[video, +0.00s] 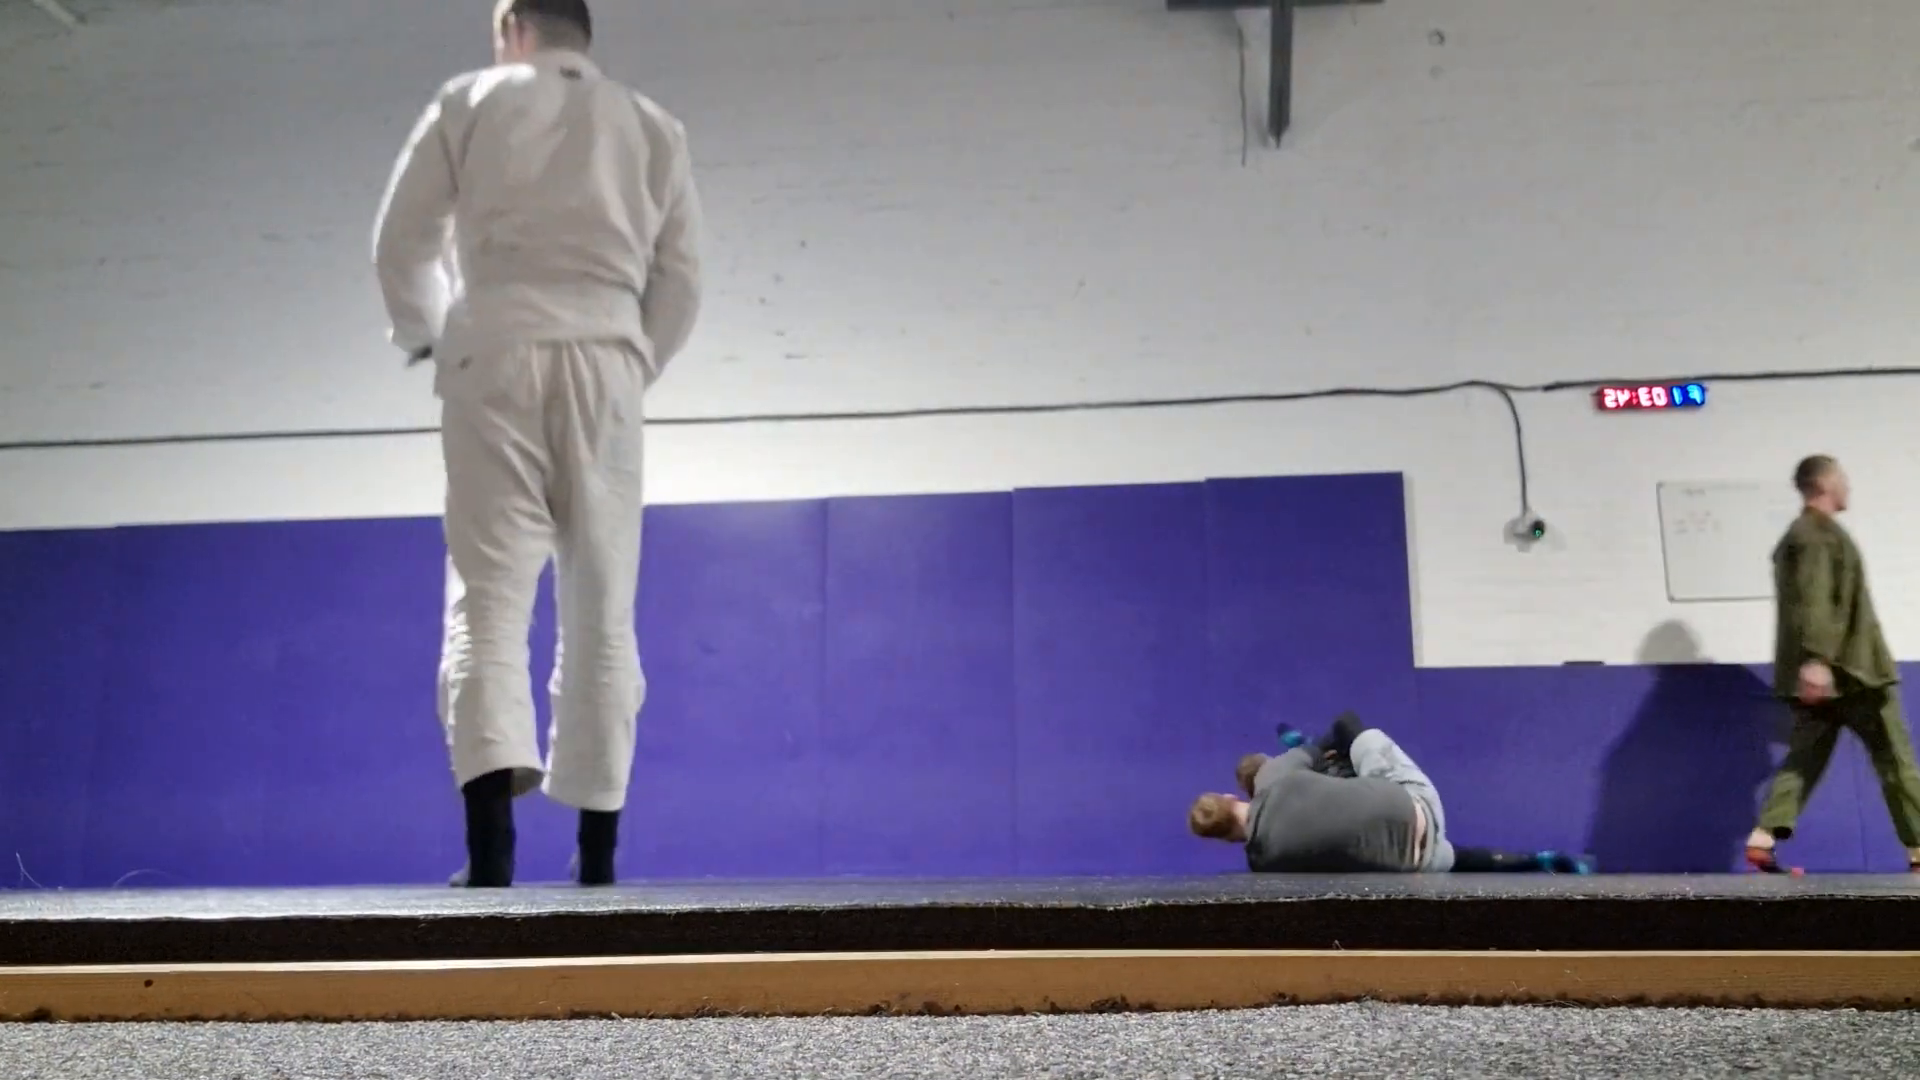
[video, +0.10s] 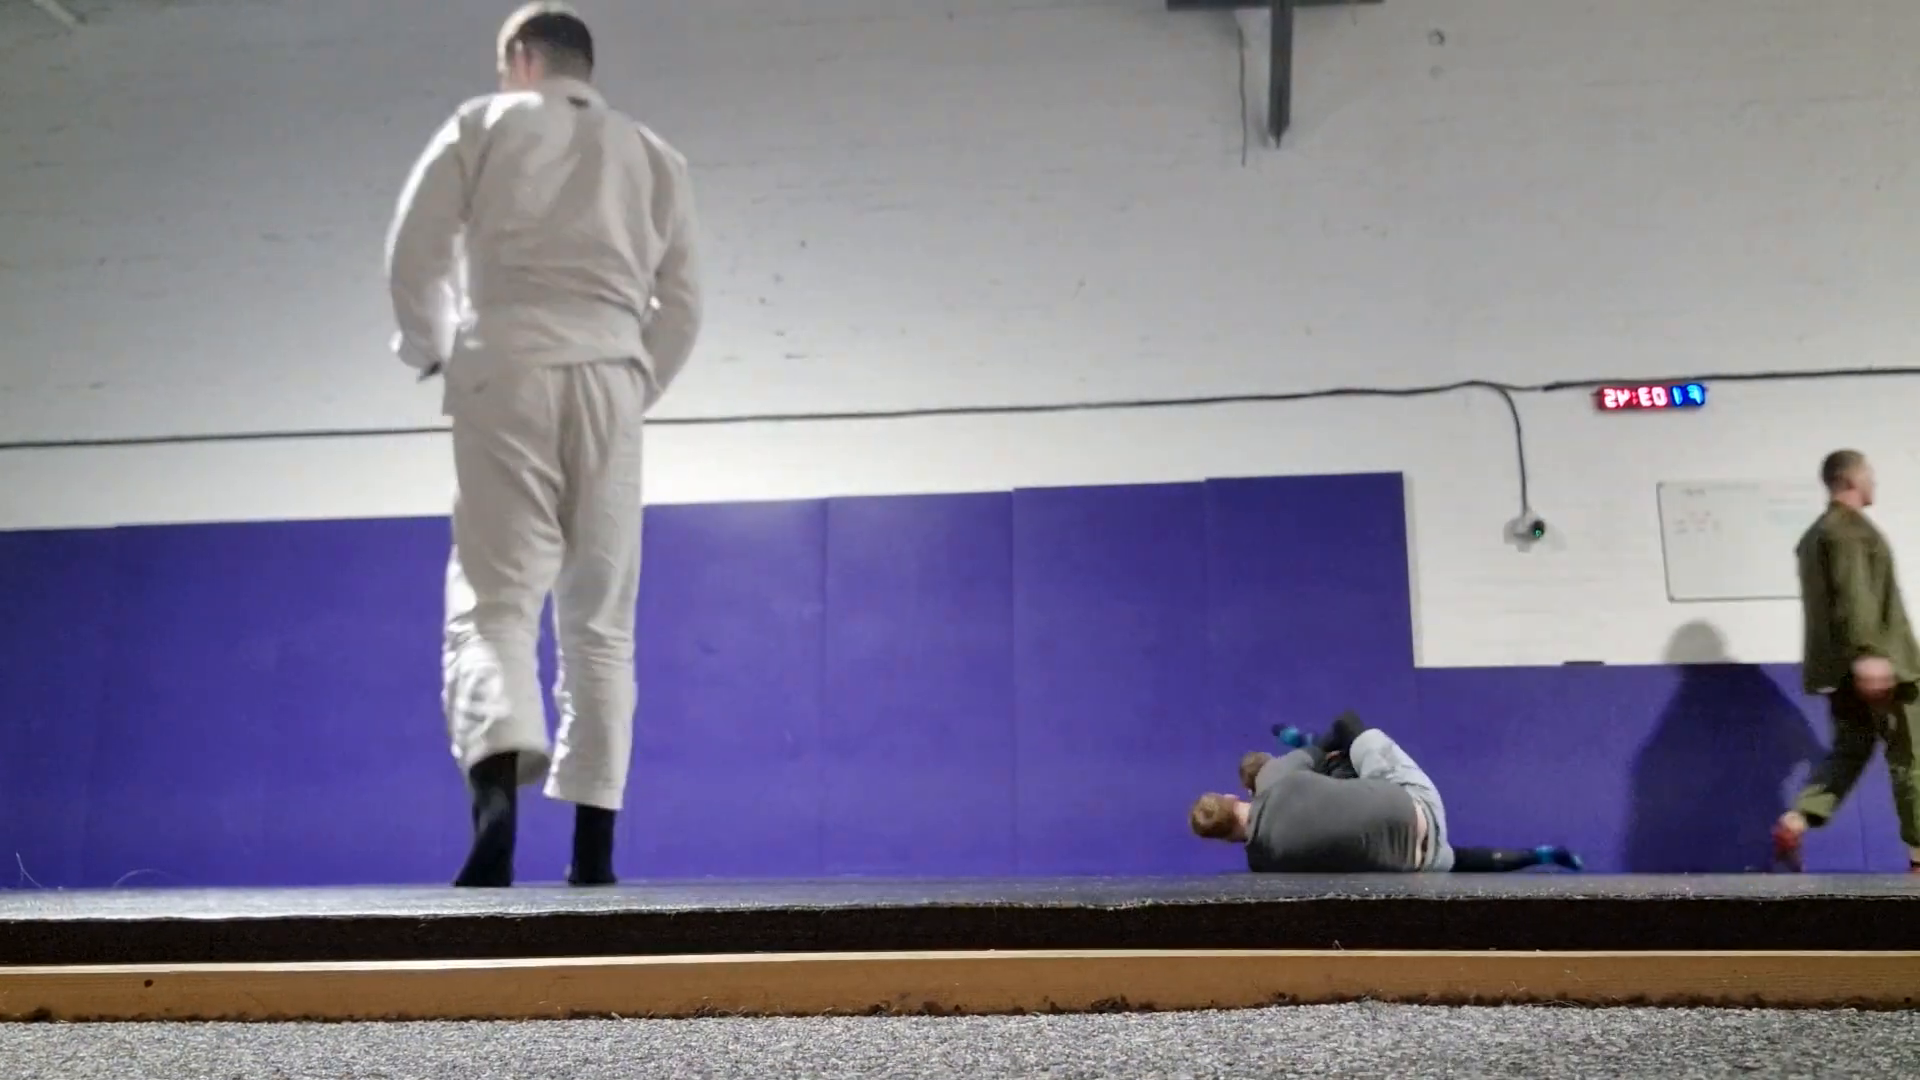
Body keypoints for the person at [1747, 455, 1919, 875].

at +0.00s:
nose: (1847, 484)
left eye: (1843, 476)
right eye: (1840, 477)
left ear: (1812, 487)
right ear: (1822, 485)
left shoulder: (1803, 535)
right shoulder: (1818, 535)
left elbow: (1809, 606)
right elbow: (1815, 602)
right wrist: (1816, 659)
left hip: (1819, 674)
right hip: (1855, 670)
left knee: (1804, 760)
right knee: (1897, 762)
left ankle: (1761, 841)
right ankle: (1916, 849)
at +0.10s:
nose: (1873, 482)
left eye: (1870, 474)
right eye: (1867, 474)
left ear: (1834, 482)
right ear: (1848, 480)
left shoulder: (1815, 535)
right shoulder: (1850, 531)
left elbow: (1823, 607)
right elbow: (1856, 596)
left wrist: (1838, 660)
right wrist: (1868, 652)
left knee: (1850, 749)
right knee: (1908, 758)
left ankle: (1799, 819)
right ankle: (1917, 851)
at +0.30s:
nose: (1918, 482)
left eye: (1915, 473)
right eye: (1914, 473)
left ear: (1878, 480)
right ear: (1900, 478)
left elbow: (1849, 605)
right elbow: (1916, 577)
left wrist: (1870, 648)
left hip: (1878, 666)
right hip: (1909, 663)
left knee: (1914, 746)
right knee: (1915, 747)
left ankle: (1913, 834)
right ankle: (1913, 834)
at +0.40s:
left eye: (1919, 479)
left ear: (1897, 482)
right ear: (1914, 481)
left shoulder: (1875, 536)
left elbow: (1863, 604)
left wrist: (1884, 651)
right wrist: (1893, 654)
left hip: (1899, 666)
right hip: (1915, 666)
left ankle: (1919, 846)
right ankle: (1918, 846)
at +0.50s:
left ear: (1914, 484)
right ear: (1914, 484)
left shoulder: (1897, 543)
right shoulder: (1897, 544)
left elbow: (1881, 609)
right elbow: (1881, 609)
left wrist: (1905, 655)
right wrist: (1905, 656)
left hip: (1910, 679)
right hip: (1912, 678)